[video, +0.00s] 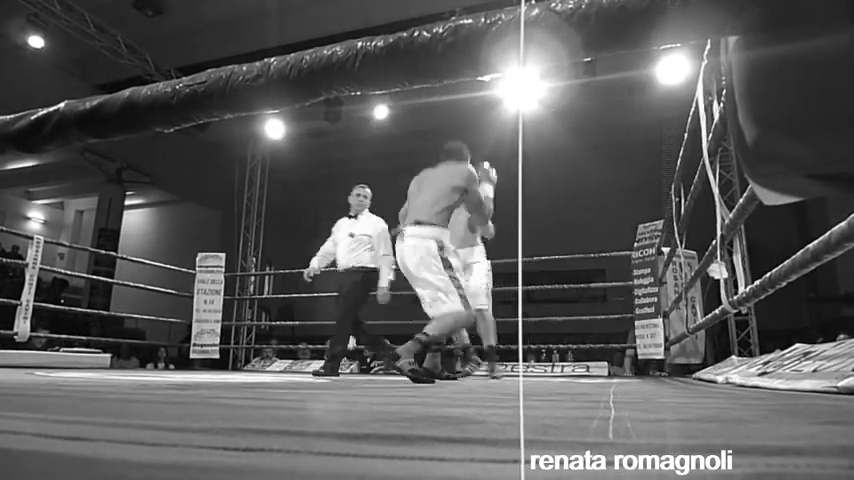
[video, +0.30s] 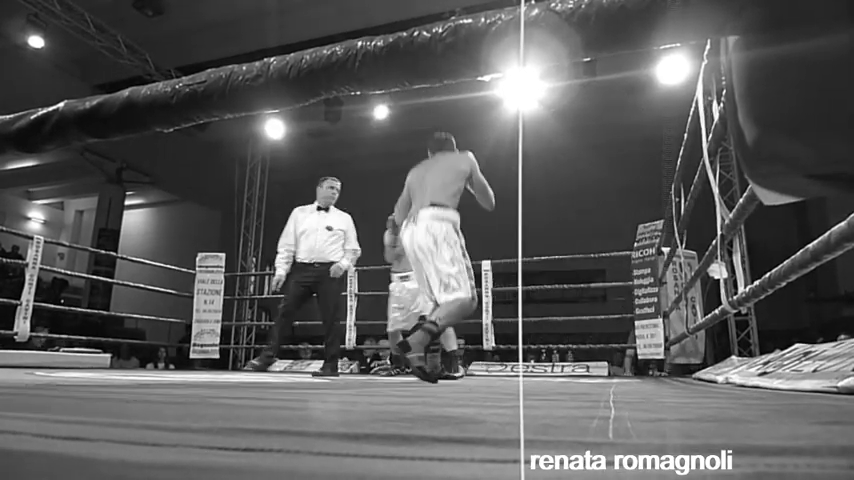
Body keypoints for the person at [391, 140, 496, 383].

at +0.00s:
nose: (470, 166)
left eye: (468, 162)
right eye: (469, 162)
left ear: (443, 157)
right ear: (466, 159)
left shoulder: (422, 176)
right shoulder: (464, 171)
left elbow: (403, 215)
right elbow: (482, 215)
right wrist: (488, 184)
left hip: (405, 242)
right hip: (429, 243)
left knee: (440, 307)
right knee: (464, 313)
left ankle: (432, 364)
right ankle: (407, 352)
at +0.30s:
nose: (457, 151)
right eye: (456, 148)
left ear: (430, 153)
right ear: (455, 148)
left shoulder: (415, 172)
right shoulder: (465, 159)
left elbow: (399, 215)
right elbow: (489, 202)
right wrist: (470, 180)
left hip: (411, 230)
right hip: (440, 226)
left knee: (435, 300)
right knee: (464, 298)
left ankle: (451, 361)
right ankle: (418, 338)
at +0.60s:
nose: (452, 128)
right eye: (452, 125)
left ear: (422, 124)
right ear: (449, 124)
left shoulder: (399, 150)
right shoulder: (458, 147)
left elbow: (387, 197)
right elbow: (469, 199)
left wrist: (410, 183)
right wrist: (452, 185)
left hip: (400, 222)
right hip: (437, 219)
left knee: (414, 295)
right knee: (450, 293)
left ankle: (396, 341)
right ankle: (435, 366)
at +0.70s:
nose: (443, 121)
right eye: (444, 116)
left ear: (415, 116)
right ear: (442, 116)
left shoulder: (394, 140)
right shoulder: (452, 138)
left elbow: (379, 185)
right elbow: (462, 188)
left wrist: (403, 177)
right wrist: (445, 178)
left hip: (393, 211)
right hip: (429, 210)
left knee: (399, 287)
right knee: (441, 287)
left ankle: (388, 344)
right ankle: (435, 362)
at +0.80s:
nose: (433, 116)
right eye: (434, 111)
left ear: (405, 112)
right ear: (434, 111)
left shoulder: (386, 133)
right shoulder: (446, 131)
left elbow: (369, 177)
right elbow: (455, 180)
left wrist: (397, 169)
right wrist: (439, 170)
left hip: (383, 203)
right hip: (422, 204)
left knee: (378, 278)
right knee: (435, 282)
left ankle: (369, 355)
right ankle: (437, 356)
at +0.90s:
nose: (421, 118)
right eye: (419, 114)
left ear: (392, 118)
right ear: (417, 116)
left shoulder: (371, 144)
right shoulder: (432, 141)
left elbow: (352, 185)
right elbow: (444, 189)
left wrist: (379, 183)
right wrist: (424, 173)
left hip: (372, 213)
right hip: (412, 214)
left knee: (357, 276)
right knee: (433, 288)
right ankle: (439, 361)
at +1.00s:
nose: (408, 132)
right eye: (406, 128)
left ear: (376, 131)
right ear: (404, 129)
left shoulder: (358, 156)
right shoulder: (419, 153)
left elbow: (336, 200)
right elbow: (431, 198)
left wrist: (356, 201)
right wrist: (409, 179)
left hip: (361, 225)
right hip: (403, 226)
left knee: (335, 291)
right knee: (428, 294)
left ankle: (297, 358)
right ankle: (437, 367)